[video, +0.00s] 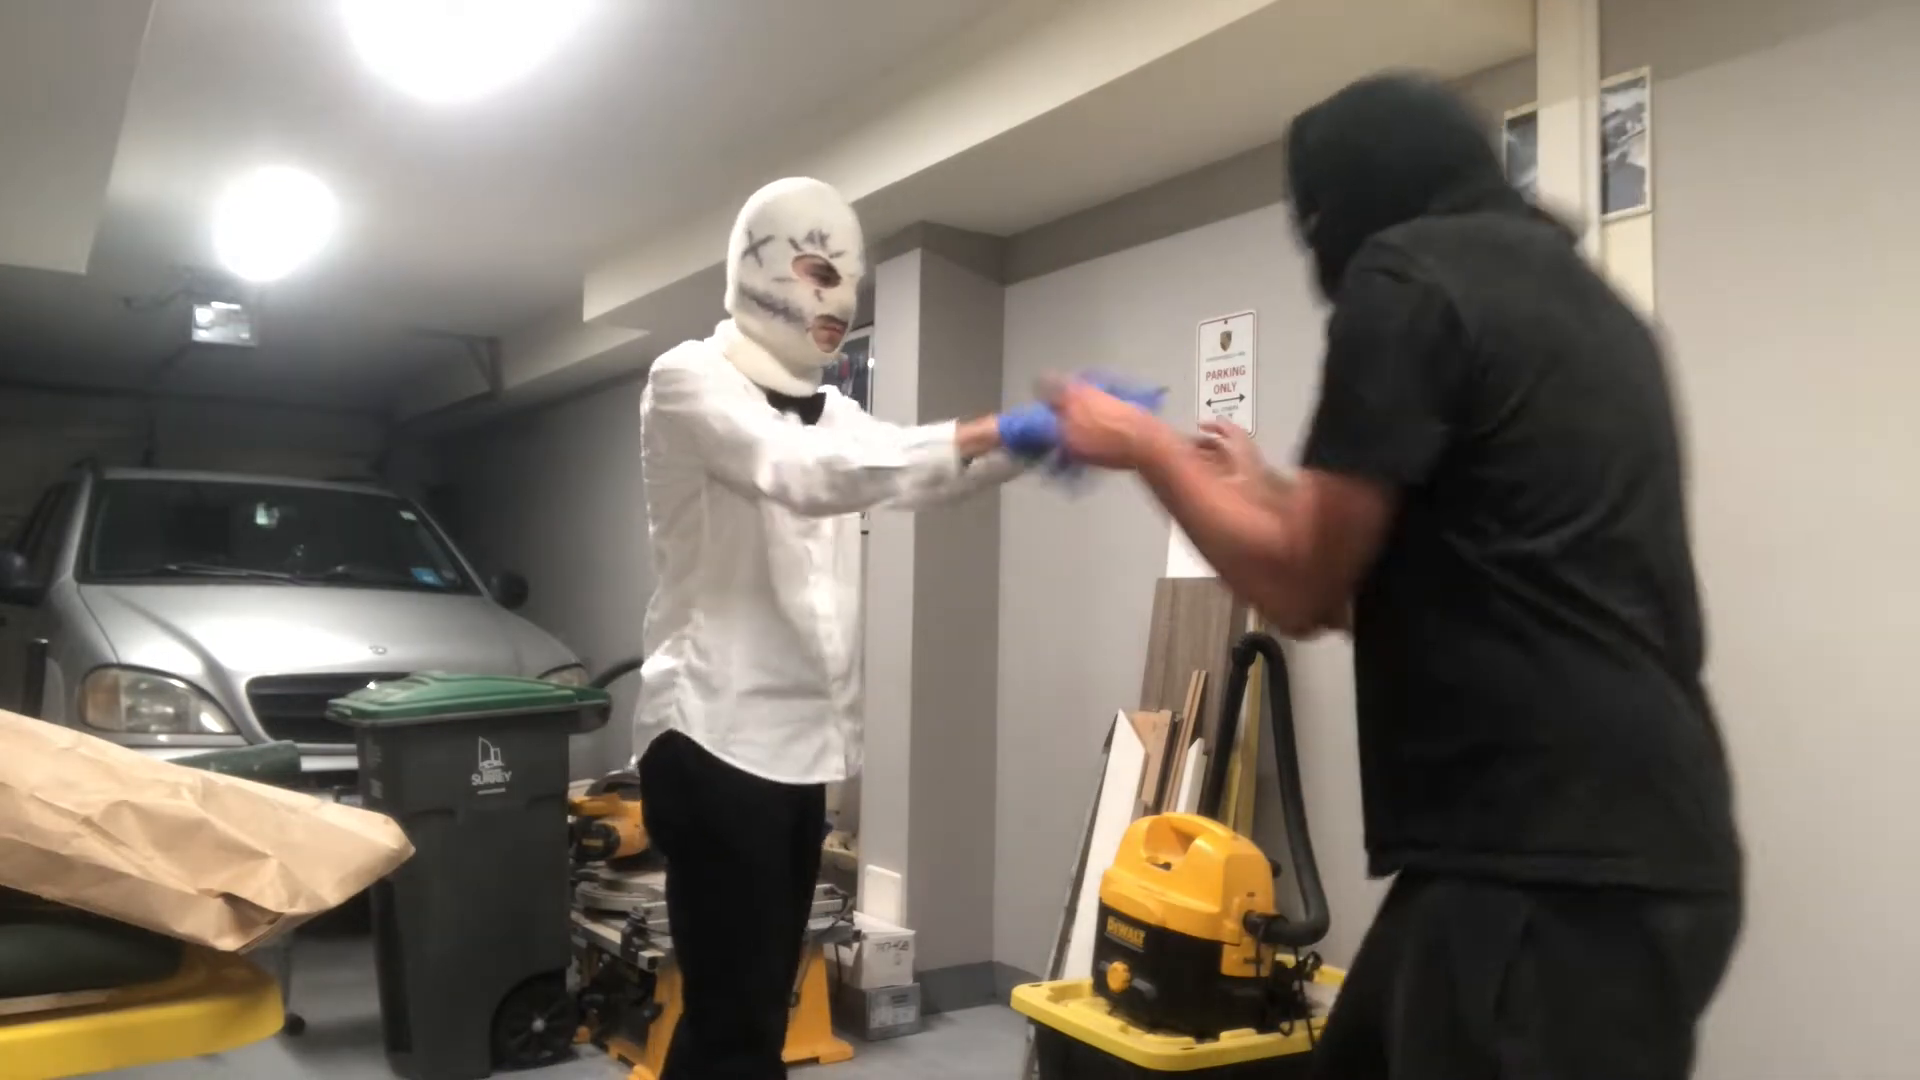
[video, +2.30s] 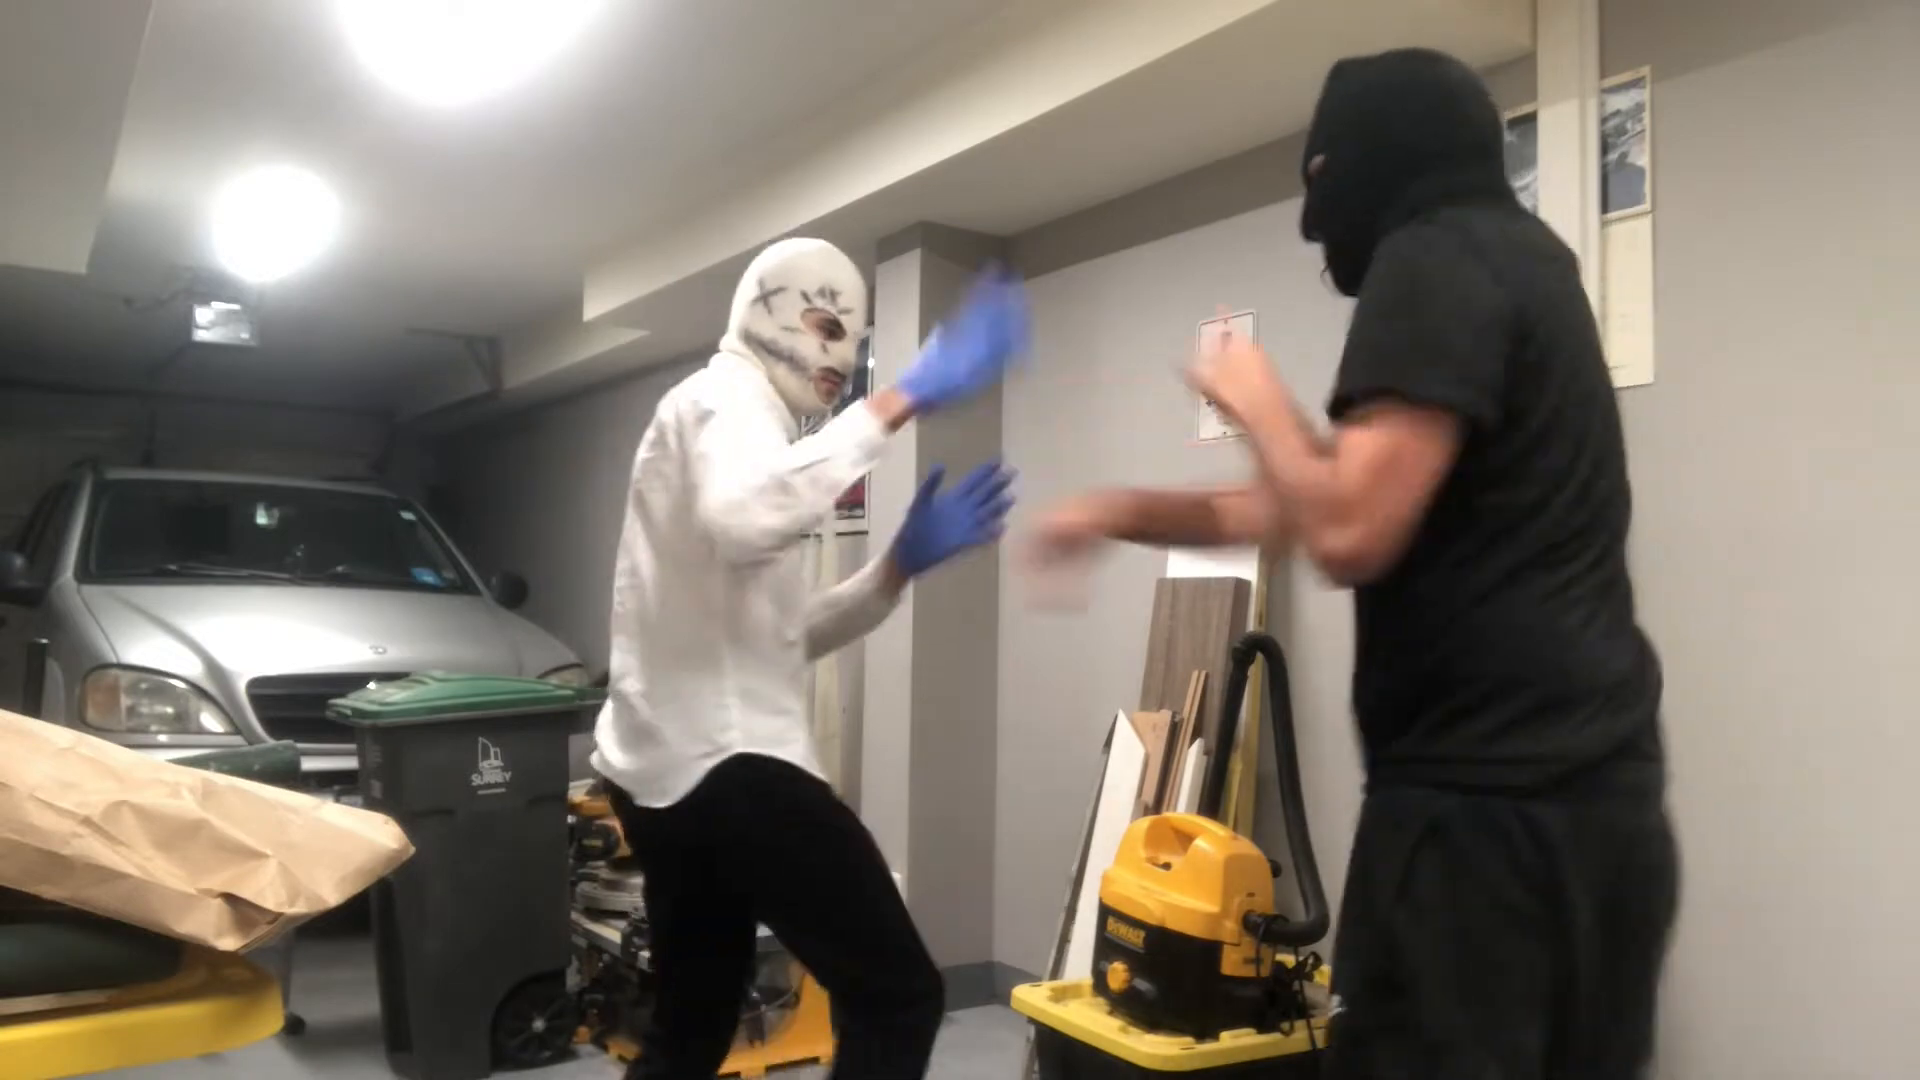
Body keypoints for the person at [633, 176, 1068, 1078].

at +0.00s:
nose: (832, 301)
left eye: (844, 281)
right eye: (809, 273)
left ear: (856, 290)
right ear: (751, 272)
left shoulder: (825, 411)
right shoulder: (689, 379)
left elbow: (914, 471)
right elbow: (799, 476)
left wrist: (1029, 439)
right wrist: (979, 435)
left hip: (796, 756)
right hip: (713, 748)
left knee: (757, 1019)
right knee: (730, 1023)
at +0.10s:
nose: (831, 305)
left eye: (840, 284)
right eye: (808, 278)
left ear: (851, 292)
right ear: (748, 278)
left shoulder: (831, 421)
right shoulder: (684, 387)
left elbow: (919, 490)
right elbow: (758, 489)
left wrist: (1042, 463)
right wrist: (942, 459)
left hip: (799, 750)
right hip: (711, 744)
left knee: (762, 1015)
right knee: (740, 1018)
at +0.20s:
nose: (827, 317)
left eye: (837, 297)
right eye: (805, 289)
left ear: (844, 304)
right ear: (746, 286)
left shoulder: (817, 429)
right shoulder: (681, 393)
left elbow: (880, 507)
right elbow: (731, 545)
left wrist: (958, 521)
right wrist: (886, 543)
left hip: (794, 745)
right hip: (705, 740)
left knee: (764, 1022)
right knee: (740, 1023)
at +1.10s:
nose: (750, 313)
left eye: (759, 295)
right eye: (723, 291)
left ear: (767, 304)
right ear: (665, 299)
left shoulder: (753, 419)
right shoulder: (608, 393)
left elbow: (839, 517)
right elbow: (714, 463)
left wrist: (956, 488)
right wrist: (899, 426)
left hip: (699, 740)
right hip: (599, 737)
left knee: (680, 1005)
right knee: (615, 1005)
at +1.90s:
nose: (829, 342)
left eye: (838, 321)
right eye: (812, 311)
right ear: (756, 296)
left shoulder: (740, 408)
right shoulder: (696, 388)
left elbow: (848, 529)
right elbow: (802, 504)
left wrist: (1003, 489)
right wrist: (982, 484)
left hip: (702, 735)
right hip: (661, 735)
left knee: (729, 1011)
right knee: (747, 1019)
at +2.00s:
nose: (816, 319)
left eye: (824, 303)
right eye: (796, 294)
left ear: (829, 314)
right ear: (734, 291)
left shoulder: (761, 433)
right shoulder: (682, 391)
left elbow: (833, 565)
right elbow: (731, 514)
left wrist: (937, 549)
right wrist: (899, 524)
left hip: (728, 741)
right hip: (671, 738)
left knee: (731, 1005)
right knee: (757, 1012)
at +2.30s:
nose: (843, 349)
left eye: (853, 333)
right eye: (826, 321)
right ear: (772, 314)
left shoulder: (748, 423)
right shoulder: (724, 397)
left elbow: (791, 634)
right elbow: (737, 519)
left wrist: (897, 563)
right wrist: (897, 400)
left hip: (670, 765)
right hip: (727, 761)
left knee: (692, 1026)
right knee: (896, 998)